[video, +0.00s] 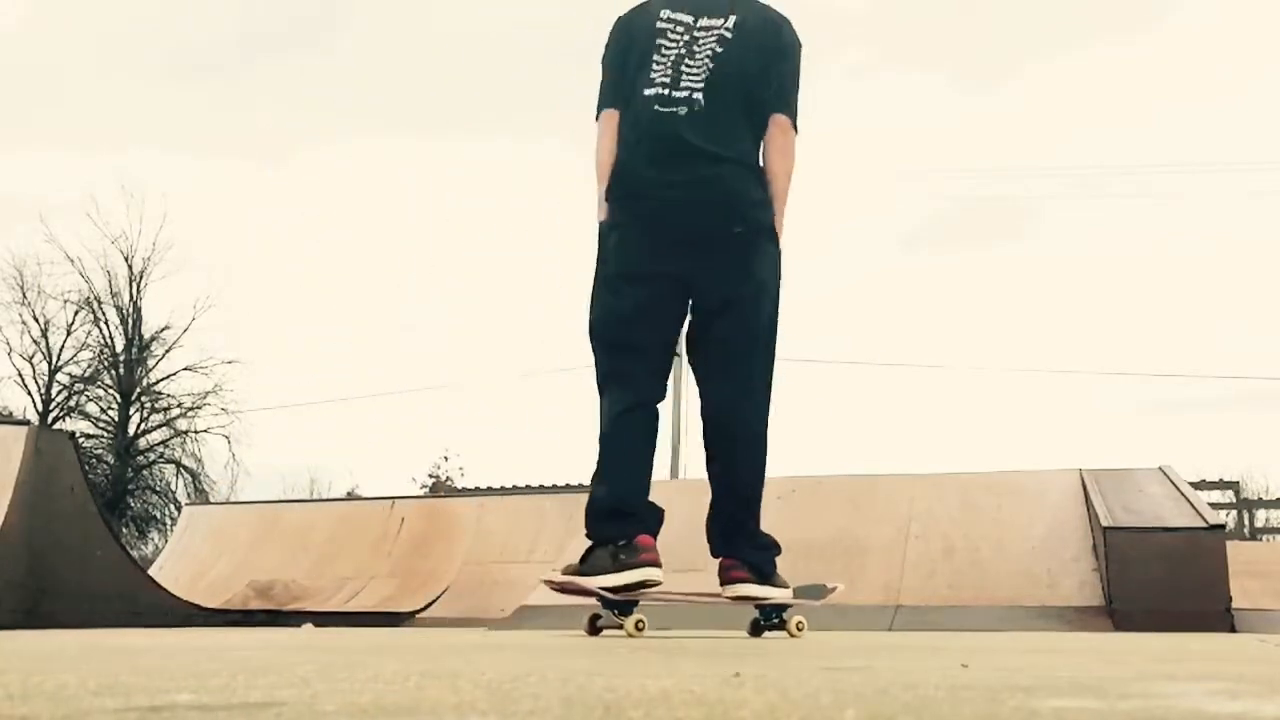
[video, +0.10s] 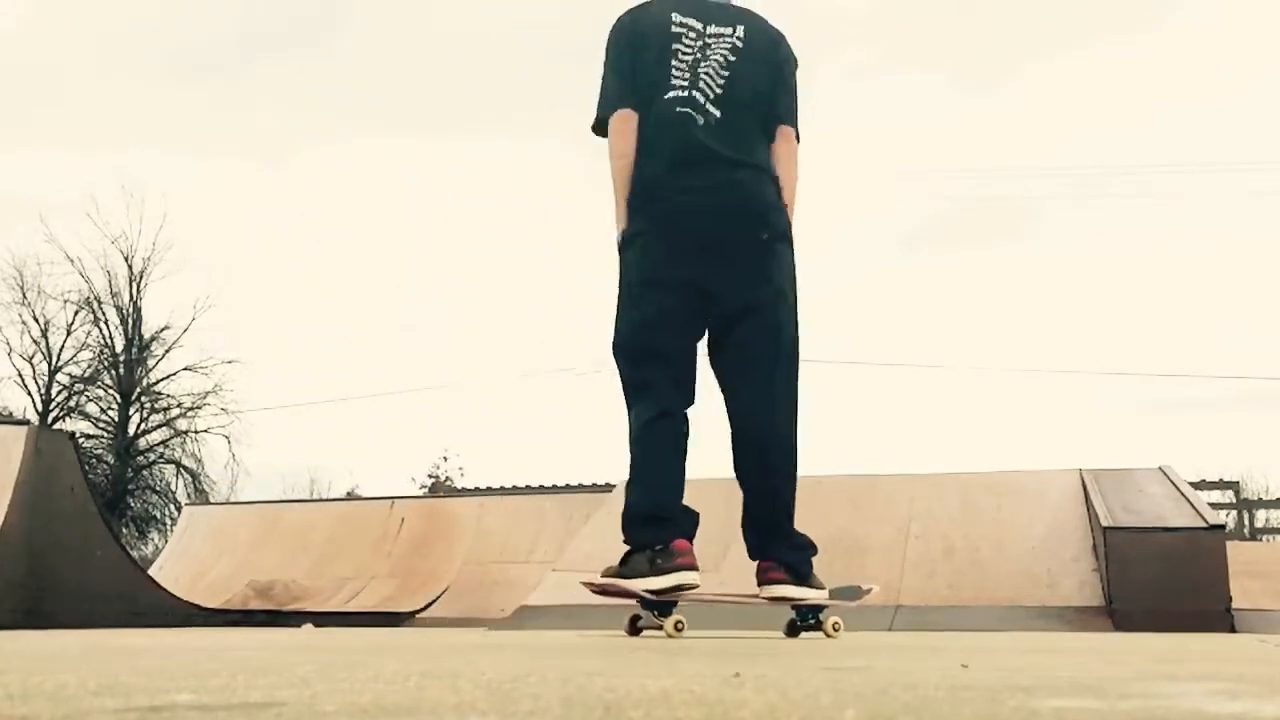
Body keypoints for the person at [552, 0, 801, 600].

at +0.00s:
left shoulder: (634, 19)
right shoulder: (772, 25)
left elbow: (610, 124)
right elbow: (779, 131)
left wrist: (607, 216)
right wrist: (772, 226)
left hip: (640, 222)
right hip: (736, 224)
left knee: (628, 389)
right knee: (737, 398)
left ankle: (624, 536)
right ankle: (742, 554)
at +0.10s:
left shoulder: (637, 22)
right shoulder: (771, 37)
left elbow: (624, 130)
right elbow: (783, 144)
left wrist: (627, 226)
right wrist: (780, 232)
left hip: (663, 230)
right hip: (753, 232)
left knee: (657, 394)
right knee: (765, 400)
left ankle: (662, 539)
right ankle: (778, 555)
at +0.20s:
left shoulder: (648, 16)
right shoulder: (756, 49)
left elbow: (646, 118)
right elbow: (777, 150)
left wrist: (641, 227)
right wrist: (776, 220)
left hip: (685, 229)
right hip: (763, 230)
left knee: (672, 387)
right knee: (784, 390)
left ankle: (707, 544)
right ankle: (823, 553)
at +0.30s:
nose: (626, 28)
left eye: (622, 19)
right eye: (622, 22)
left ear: (635, 3)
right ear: (675, 1)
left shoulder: (658, 23)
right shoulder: (739, 49)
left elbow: (670, 119)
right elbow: (768, 160)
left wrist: (664, 220)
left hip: (705, 232)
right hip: (768, 230)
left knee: (695, 397)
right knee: (768, 389)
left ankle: (750, 549)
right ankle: (838, 547)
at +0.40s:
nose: (626, 54)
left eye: (621, 43)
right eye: (621, 47)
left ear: (633, 16)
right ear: (671, 7)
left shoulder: (660, 34)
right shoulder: (735, 57)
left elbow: (679, 129)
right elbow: (758, 160)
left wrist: (678, 233)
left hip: (718, 244)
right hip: (766, 241)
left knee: (707, 400)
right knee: (747, 397)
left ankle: (781, 552)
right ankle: (800, 545)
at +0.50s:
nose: (624, 71)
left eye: (619, 60)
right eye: (619, 64)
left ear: (627, 34)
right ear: (665, 19)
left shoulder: (660, 48)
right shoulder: (733, 70)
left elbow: (678, 142)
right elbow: (760, 174)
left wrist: (679, 244)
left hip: (716, 251)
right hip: (756, 247)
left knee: (719, 406)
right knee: (723, 404)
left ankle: (787, 556)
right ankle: (747, 556)